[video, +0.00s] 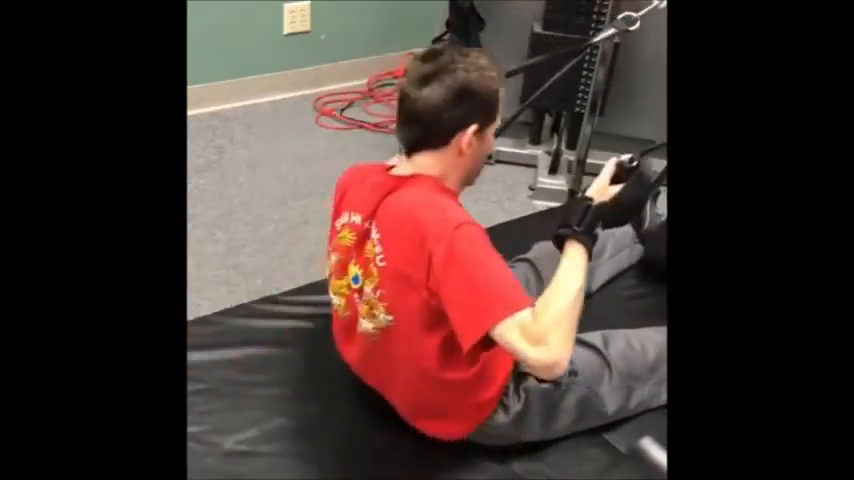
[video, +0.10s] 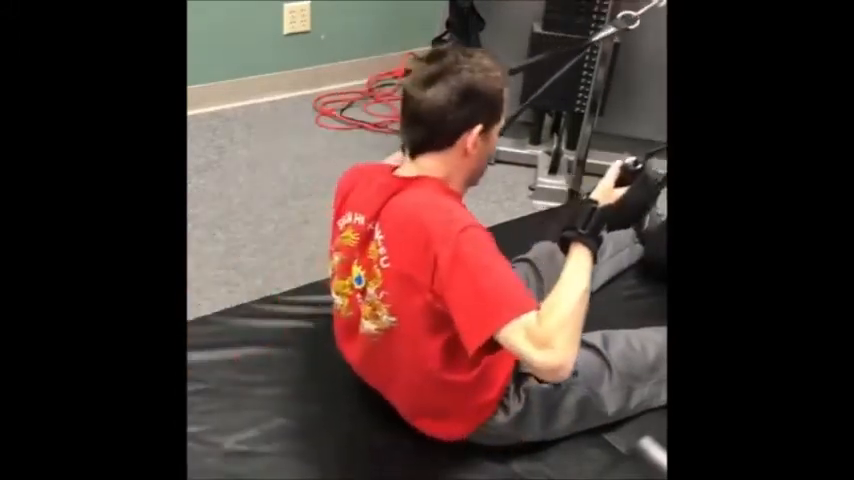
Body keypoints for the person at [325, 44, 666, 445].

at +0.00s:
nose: (493, 146)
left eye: (496, 132)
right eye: (494, 133)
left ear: (407, 122)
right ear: (467, 139)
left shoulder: (355, 182)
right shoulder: (448, 231)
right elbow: (547, 355)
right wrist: (580, 229)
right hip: (485, 402)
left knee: (577, 246)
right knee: (665, 350)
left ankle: (643, 227)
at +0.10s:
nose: (495, 146)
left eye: (499, 133)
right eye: (497, 133)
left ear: (410, 123)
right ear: (473, 140)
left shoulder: (357, 181)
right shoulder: (453, 233)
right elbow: (552, 357)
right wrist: (587, 234)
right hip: (482, 403)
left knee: (570, 252)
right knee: (664, 349)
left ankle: (641, 230)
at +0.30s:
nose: (502, 146)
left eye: (505, 133)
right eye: (503, 134)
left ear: (417, 128)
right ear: (478, 143)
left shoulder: (358, 182)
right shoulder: (459, 237)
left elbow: (412, 157)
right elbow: (559, 363)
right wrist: (594, 239)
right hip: (481, 405)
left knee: (566, 256)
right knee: (664, 350)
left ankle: (639, 232)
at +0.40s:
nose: (508, 146)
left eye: (510, 132)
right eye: (509, 133)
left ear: (423, 127)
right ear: (484, 142)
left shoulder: (361, 182)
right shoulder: (465, 238)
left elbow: (417, 153)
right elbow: (565, 362)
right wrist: (602, 235)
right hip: (480, 406)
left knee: (575, 253)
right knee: (664, 350)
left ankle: (640, 231)